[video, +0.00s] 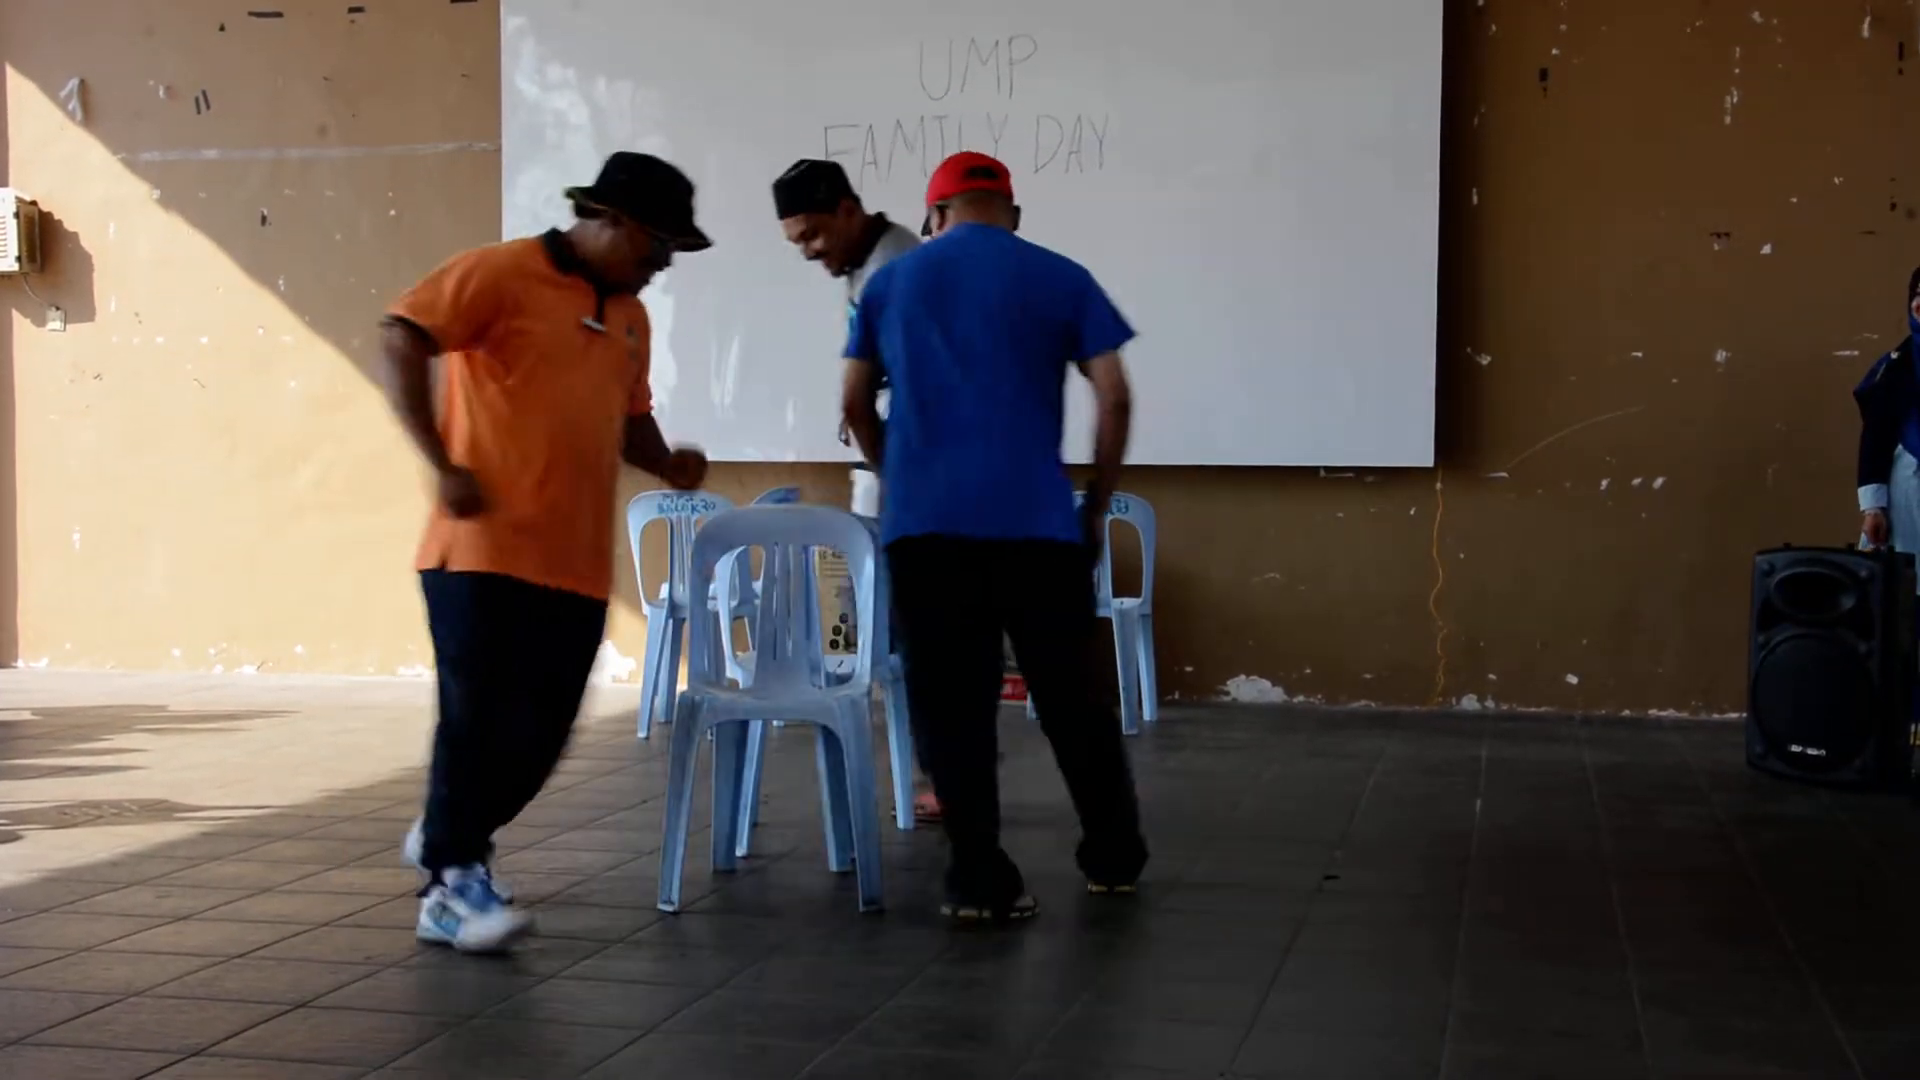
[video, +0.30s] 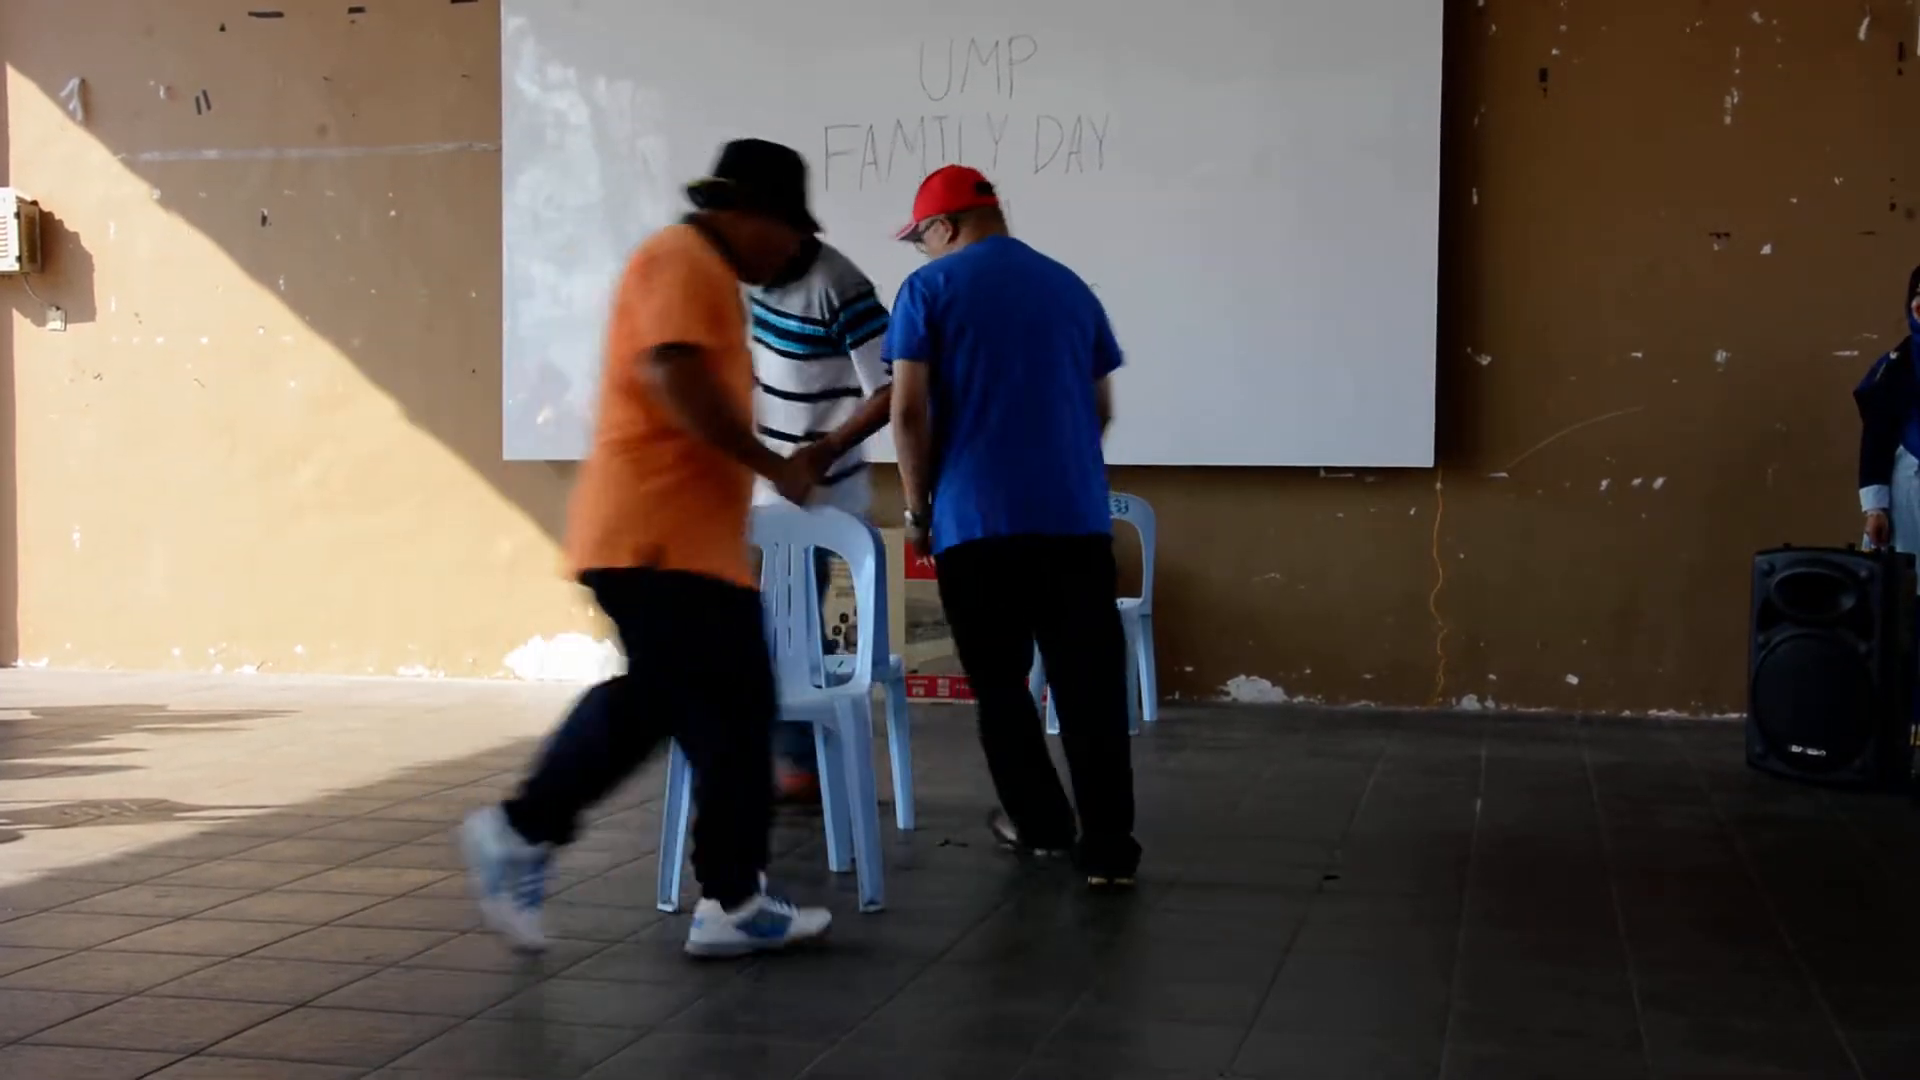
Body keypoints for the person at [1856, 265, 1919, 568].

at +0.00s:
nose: (1918, 303)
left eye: (1918, 296)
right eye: (1916, 296)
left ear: (1913, 305)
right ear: (1910, 305)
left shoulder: (1900, 364)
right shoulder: (1898, 365)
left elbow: (1876, 437)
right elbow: (1876, 437)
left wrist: (1874, 506)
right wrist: (1873, 506)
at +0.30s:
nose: (1918, 306)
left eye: (1918, 299)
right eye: (1916, 299)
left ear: (1912, 306)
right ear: (1911, 306)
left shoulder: (1901, 364)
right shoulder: (1898, 365)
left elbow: (1877, 439)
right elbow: (1876, 439)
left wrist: (1876, 507)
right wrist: (1875, 506)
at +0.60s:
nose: (1916, 303)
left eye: (1918, 295)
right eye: (1913, 296)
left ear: (1913, 305)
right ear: (1906, 305)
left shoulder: (1898, 364)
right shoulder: (1893, 366)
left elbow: (1874, 440)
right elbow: (1873, 440)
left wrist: (1873, 507)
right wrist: (1873, 506)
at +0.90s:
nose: (1915, 302)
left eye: (1918, 293)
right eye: (1911, 294)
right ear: (1903, 305)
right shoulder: (1891, 367)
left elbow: (1872, 440)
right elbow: (1871, 439)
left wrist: (1872, 507)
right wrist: (1871, 507)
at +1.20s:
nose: (1917, 303)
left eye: (1919, 294)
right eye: (1913, 294)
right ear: (1904, 305)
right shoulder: (1890, 368)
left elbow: (1872, 441)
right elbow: (1871, 441)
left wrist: (1872, 508)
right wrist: (1872, 507)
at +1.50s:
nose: (1916, 304)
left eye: (1917, 296)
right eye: (1913, 296)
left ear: (1910, 305)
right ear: (1905, 306)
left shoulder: (1898, 364)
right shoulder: (1893, 366)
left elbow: (1873, 441)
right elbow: (1873, 441)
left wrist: (1876, 508)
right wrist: (1875, 508)